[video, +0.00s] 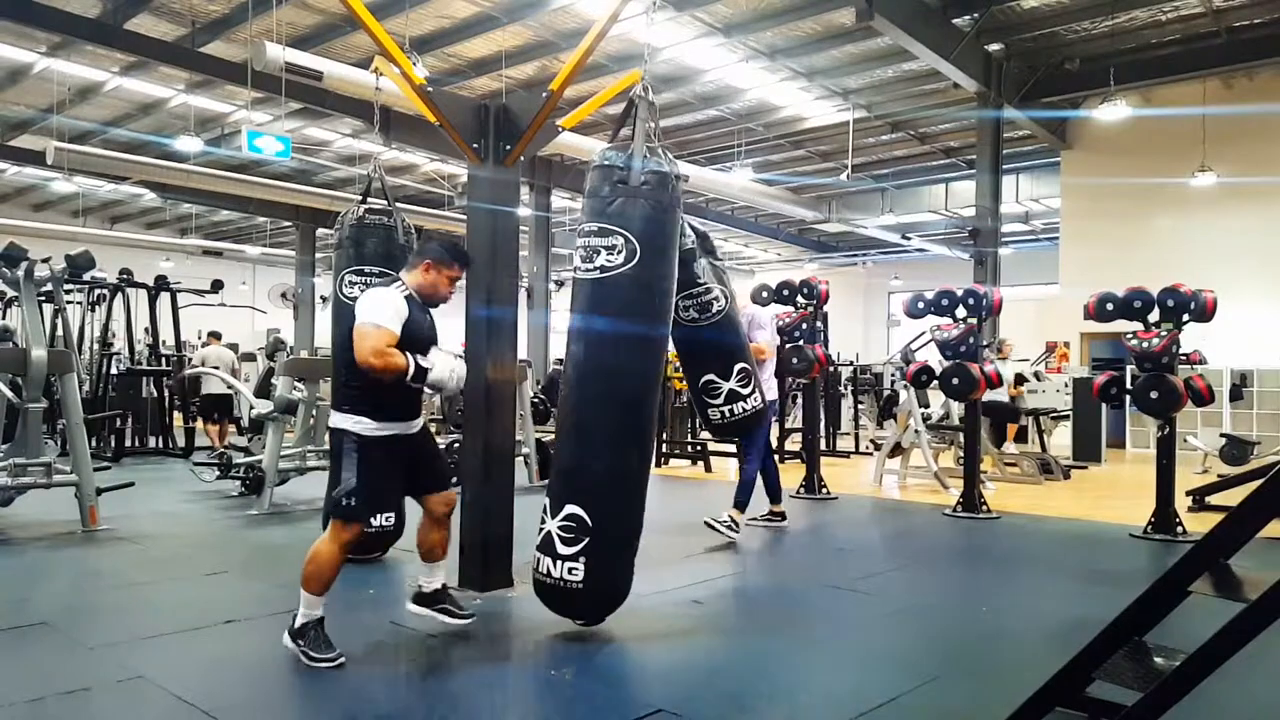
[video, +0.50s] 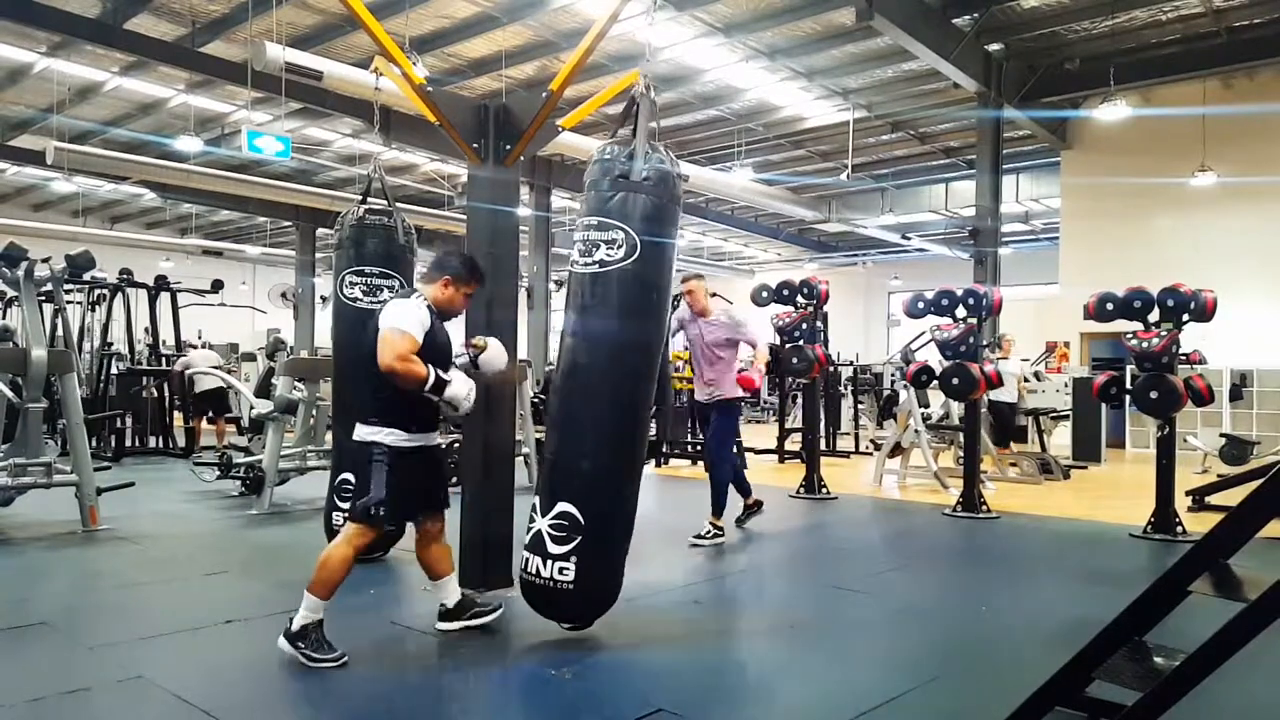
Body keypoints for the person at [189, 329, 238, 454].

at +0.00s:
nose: (207, 342)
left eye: (208, 340)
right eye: (208, 340)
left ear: (209, 340)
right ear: (220, 340)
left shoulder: (203, 352)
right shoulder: (230, 353)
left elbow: (193, 368)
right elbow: (237, 371)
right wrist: (236, 385)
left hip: (208, 391)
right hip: (227, 392)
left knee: (208, 421)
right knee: (224, 421)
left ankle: (216, 446)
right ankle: (222, 446)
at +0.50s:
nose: (186, 355)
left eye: (186, 353)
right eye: (186, 353)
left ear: (188, 351)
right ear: (197, 347)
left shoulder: (188, 357)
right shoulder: (212, 353)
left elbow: (176, 369)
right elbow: (222, 365)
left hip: (202, 389)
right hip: (219, 386)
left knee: (197, 420)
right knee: (220, 419)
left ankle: (197, 446)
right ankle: (219, 445)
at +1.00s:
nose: (171, 367)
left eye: (172, 365)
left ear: (175, 360)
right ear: (185, 356)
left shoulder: (176, 364)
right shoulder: (201, 356)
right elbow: (217, 367)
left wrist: (140, 388)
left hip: (200, 391)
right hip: (217, 387)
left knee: (196, 421)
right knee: (219, 419)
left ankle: (196, 447)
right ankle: (220, 446)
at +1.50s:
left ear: (181, 357)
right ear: (193, 354)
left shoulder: (180, 360)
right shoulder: (204, 357)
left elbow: (166, 378)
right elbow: (217, 368)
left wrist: (146, 388)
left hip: (200, 391)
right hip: (217, 388)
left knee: (196, 421)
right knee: (218, 420)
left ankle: (196, 447)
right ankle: (220, 446)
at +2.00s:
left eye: (173, 365)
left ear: (177, 360)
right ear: (187, 355)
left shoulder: (178, 362)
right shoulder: (202, 356)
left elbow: (163, 378)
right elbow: (216, 367)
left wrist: (145, 387)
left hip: (200, 391)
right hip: (217, 387)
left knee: (196, 421)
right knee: (218, 420)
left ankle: (196, 448)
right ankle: (220, 446)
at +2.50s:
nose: (172, 368)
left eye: (173, 365)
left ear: (177, 360)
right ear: (186, 355)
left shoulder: (178, 362)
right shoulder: (202, 356)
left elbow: (162, 380)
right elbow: (215, 367)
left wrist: (144, 387)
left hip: (199, 391)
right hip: (217, 387)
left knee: (196, 421)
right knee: (218, 420)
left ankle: (196, 448)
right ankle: (220, 446)